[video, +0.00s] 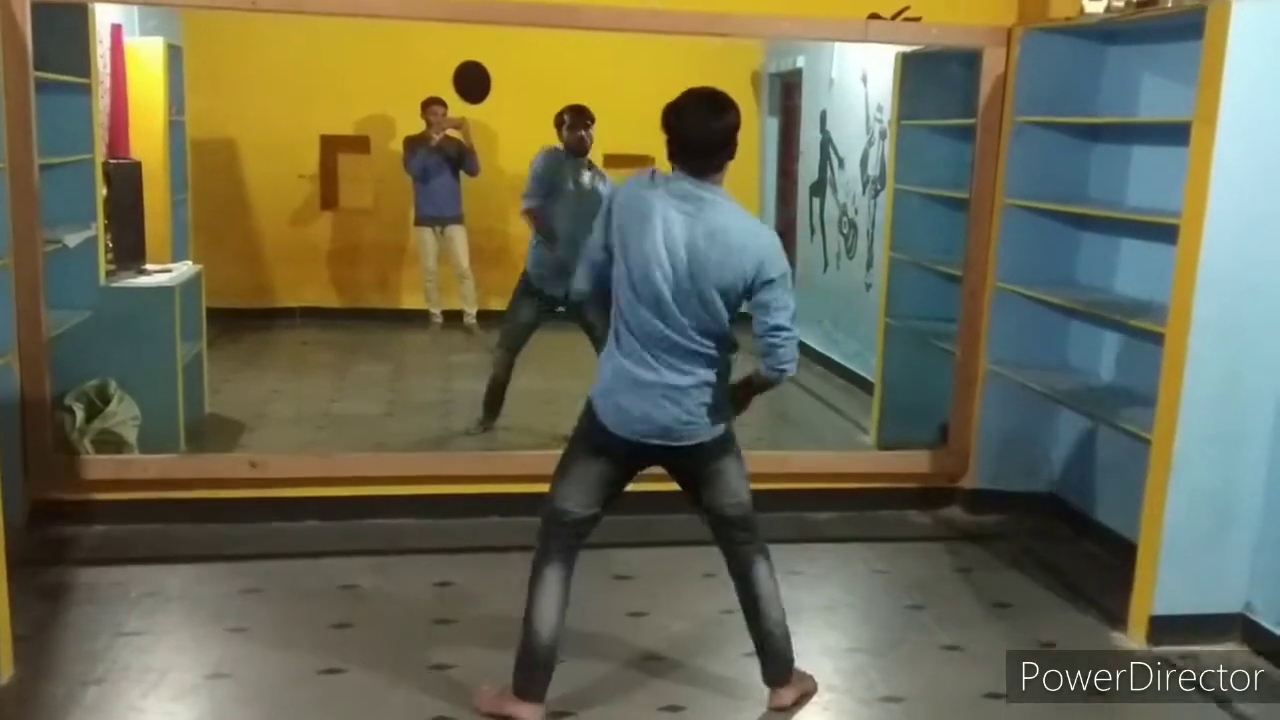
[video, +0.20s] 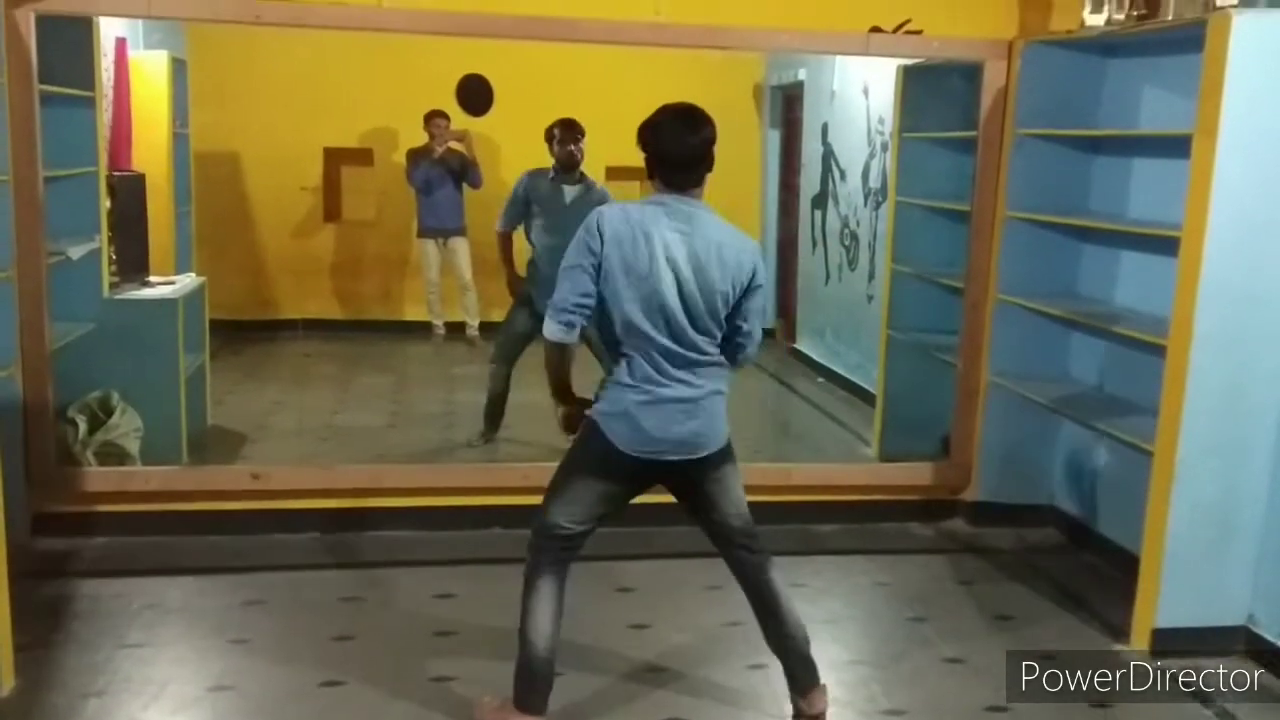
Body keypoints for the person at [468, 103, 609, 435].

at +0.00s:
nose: (584, 133)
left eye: (588, 127)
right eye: (576, 128)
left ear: (594, 131)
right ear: (561, 132)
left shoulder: (601, 179)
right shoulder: (549, 160)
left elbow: (611, 223)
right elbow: (531, 207)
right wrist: (551, 241)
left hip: (585, 281)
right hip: (541, 280)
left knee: (615, 355)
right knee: (506, 349)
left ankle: (628, 427)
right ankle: (488, 418)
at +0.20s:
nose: (571, 148)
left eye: (577, 142)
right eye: (563, 143)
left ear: (584, 147)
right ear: (550, 148)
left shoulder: (598, 197)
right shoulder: (531, 185)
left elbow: (611, 245)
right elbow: (504, 230)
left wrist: (604, 288)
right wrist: (511, 276)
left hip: (583, 296)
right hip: (539, 294)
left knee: (617, 365)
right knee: (501, 359)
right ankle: (489, 431)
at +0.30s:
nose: (571, 159)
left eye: (576, 152)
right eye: (563, 153)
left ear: (584, 155)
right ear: (549, 157)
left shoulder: (601, 198)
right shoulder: (535, 192)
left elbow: (631, 231)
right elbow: (513, 239)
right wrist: (519, 284)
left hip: (589, 302)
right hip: (545, 300)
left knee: (624, 373)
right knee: (501, 358)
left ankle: (616, 436)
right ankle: (494, 432)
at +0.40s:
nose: (567, 165)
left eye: (572, 158)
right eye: (560, 159)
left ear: (581, 160)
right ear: (547, 163)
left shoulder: (602, 196)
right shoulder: (537, 198)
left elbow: (648, 205)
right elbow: (523, 245)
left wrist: (614, 190)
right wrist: (528, 289)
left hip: (594, 305)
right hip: (550, 304)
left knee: (625, 367)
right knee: (505, 358)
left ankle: (627, 438)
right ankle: (495, 439)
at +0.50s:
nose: (562, 170)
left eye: (568, 163)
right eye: (555, 164)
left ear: (577, 164)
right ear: (543, 166)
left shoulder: (601, 202)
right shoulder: (535, 203)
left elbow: (639, 228)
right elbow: (528, 252)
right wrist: (533, 291)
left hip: (596, 311)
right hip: (553, 309)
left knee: (623, 372)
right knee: (509, 363)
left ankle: (621, 440)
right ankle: (498, 443)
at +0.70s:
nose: (562, 179)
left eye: (567, 172)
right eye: (554, 173)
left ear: (576, 172)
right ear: (543, 176)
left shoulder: (596, 213)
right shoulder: (536, 215)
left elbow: (621, 252)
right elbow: (533, 260)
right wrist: (537, 298)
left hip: (593, 317)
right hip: (552, 316)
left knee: (624, 381)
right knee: (511, 372)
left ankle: (626, 446)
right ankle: (500, 450)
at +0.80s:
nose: (558, 183)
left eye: (563, 176)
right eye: (551, 178)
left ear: (575, 176)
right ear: (542, 180)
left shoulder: (595, 216)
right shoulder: (538, 218)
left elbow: (609, 254)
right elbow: (536, 265)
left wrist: (613, 211)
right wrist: (538, 303)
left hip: (593, 319)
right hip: (552, 318)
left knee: (627, 384)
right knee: (513, 376)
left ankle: (635, 450)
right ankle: (502, 453)